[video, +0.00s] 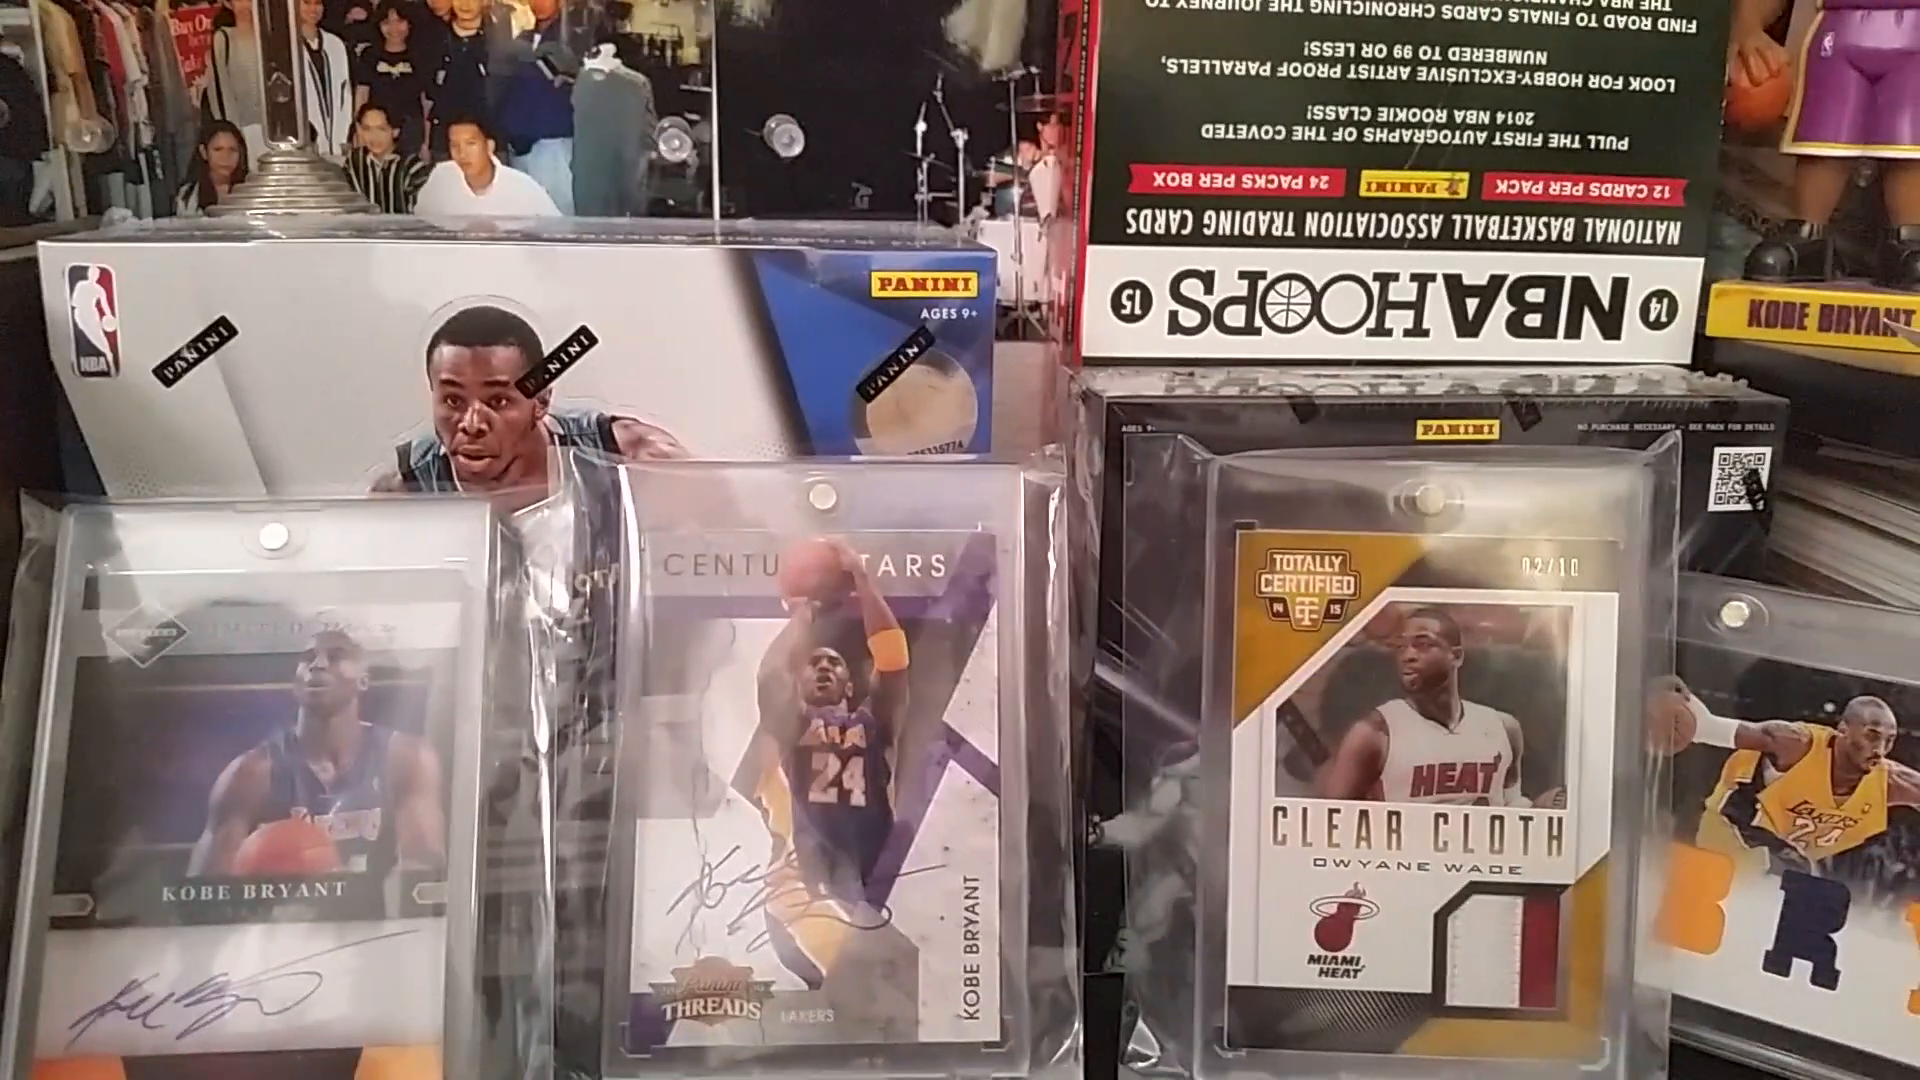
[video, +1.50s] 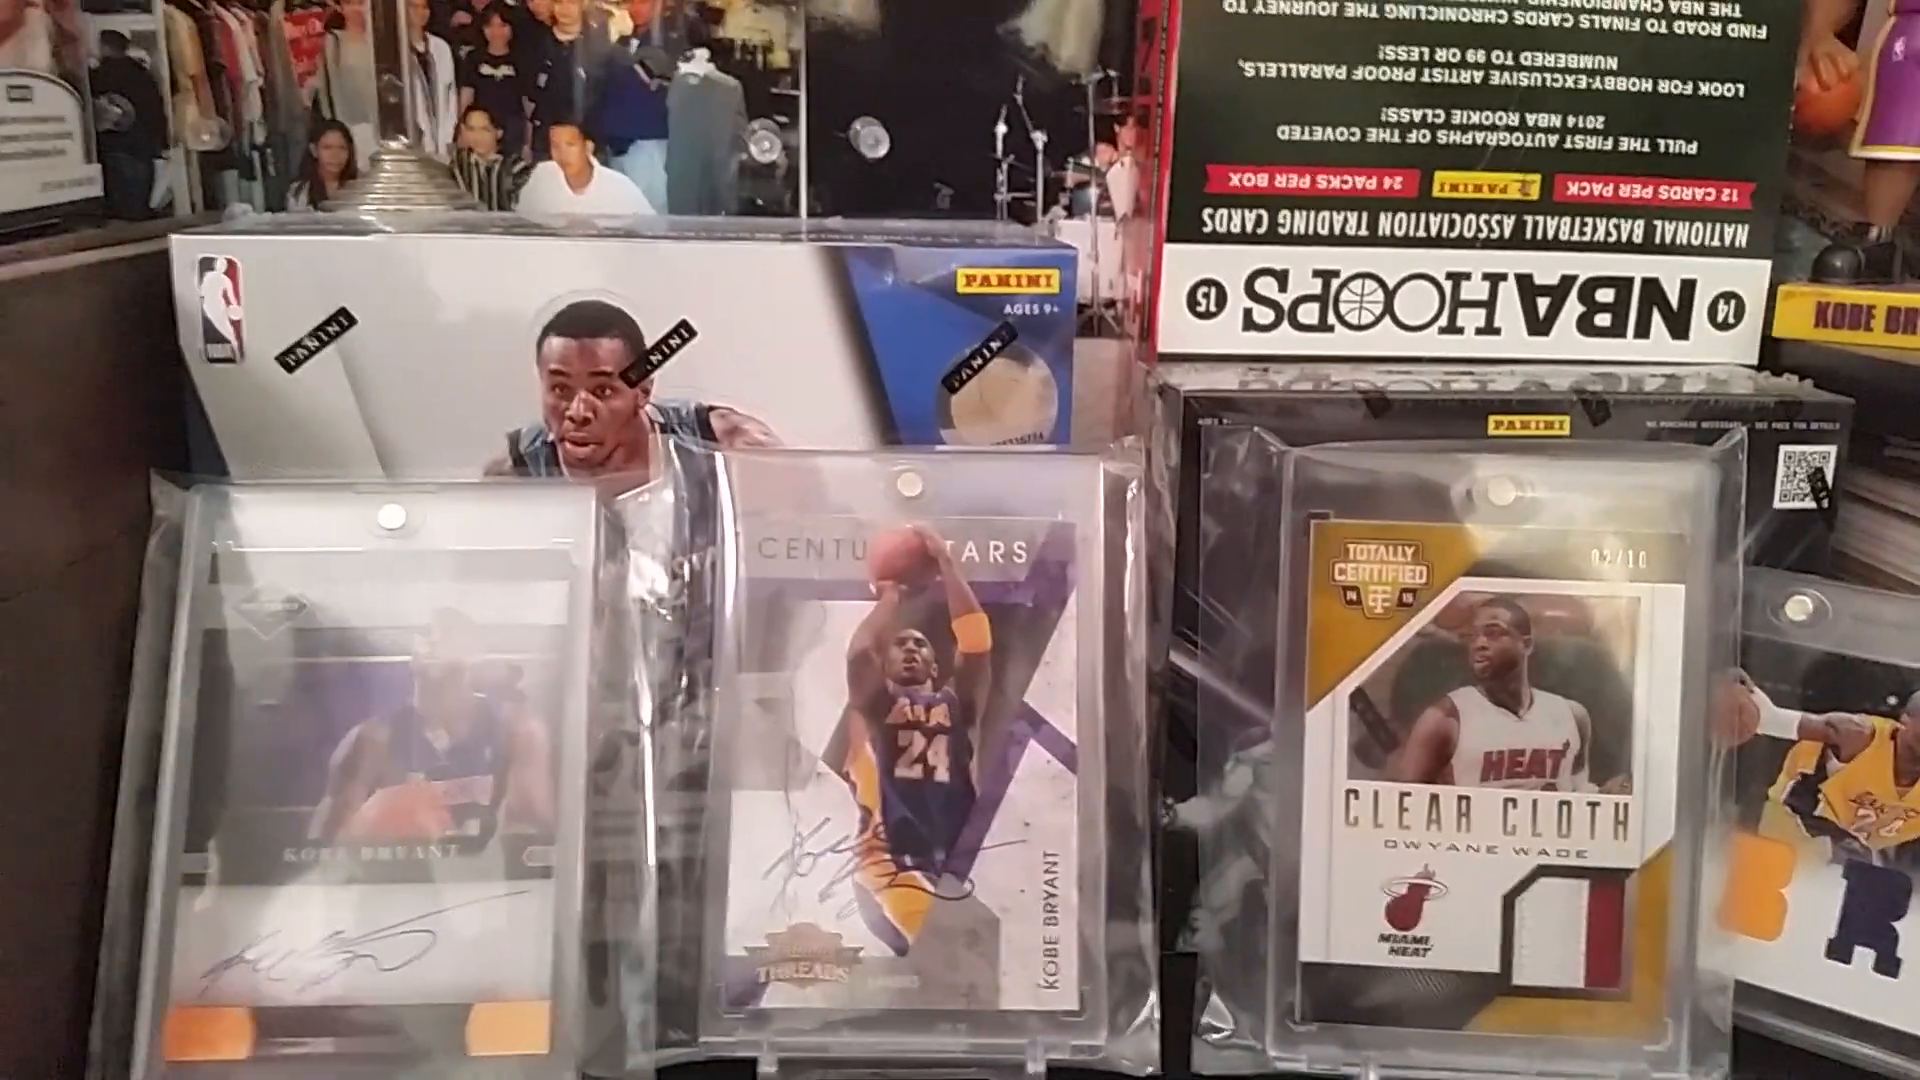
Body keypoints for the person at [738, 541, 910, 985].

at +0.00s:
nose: (823, 668)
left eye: (834, 662)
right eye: (812, 663)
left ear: (850, 679)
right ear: (796, 679)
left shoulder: (875, 723)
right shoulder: (788, 727)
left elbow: (890, 656)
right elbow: (772, 673)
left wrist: (862, 578)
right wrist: (803, 611)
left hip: (862, 893)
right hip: (798, 891)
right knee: (869, 967)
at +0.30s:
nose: (799, 666)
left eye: (810, 659)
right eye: (790, 659)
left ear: (825, 677)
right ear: (774, 673)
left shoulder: (850, 723)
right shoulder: (767, 726)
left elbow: (868, 656)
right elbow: (749, 667)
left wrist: (838, 578)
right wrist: (783, 606)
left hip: (835, 889)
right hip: (775, 886)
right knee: (873, 954)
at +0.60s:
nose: (816, 665)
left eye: (826, 659)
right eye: (807, 659)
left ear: (842, 679)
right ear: (791, 675)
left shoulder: (866, 720)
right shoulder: (785, 724)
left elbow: (885, 654)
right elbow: (767, 666)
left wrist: (855, 575)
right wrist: (799, 605)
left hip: (852, 888)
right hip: (794, 885)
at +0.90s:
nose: (841, 658)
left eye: (852, 653)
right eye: (831, 652)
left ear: (868, 671)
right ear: (816, 667)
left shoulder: (892, 713)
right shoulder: (811, 717)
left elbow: (908, 647)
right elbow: (792, 660)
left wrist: (880, 570)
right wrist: (822, 601)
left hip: (881, 874)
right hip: (821, 870)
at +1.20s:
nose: (856, 658)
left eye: (867, 651)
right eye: (846, 651)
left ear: (882, 665)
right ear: (828, 662)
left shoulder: (901, 703)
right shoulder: (822, 708)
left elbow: (922, 643)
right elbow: (810, 657)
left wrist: (894, 576)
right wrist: (834, 604)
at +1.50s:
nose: (911, 649)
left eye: (920, 644)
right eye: (899, 644)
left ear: (936, 661)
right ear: (881, 660)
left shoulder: (958, 704)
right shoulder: (873, 704)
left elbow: (974, 638)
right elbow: (860, 653)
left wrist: (947, 562)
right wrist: (889, 596)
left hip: (949, 863)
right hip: (888, 863)